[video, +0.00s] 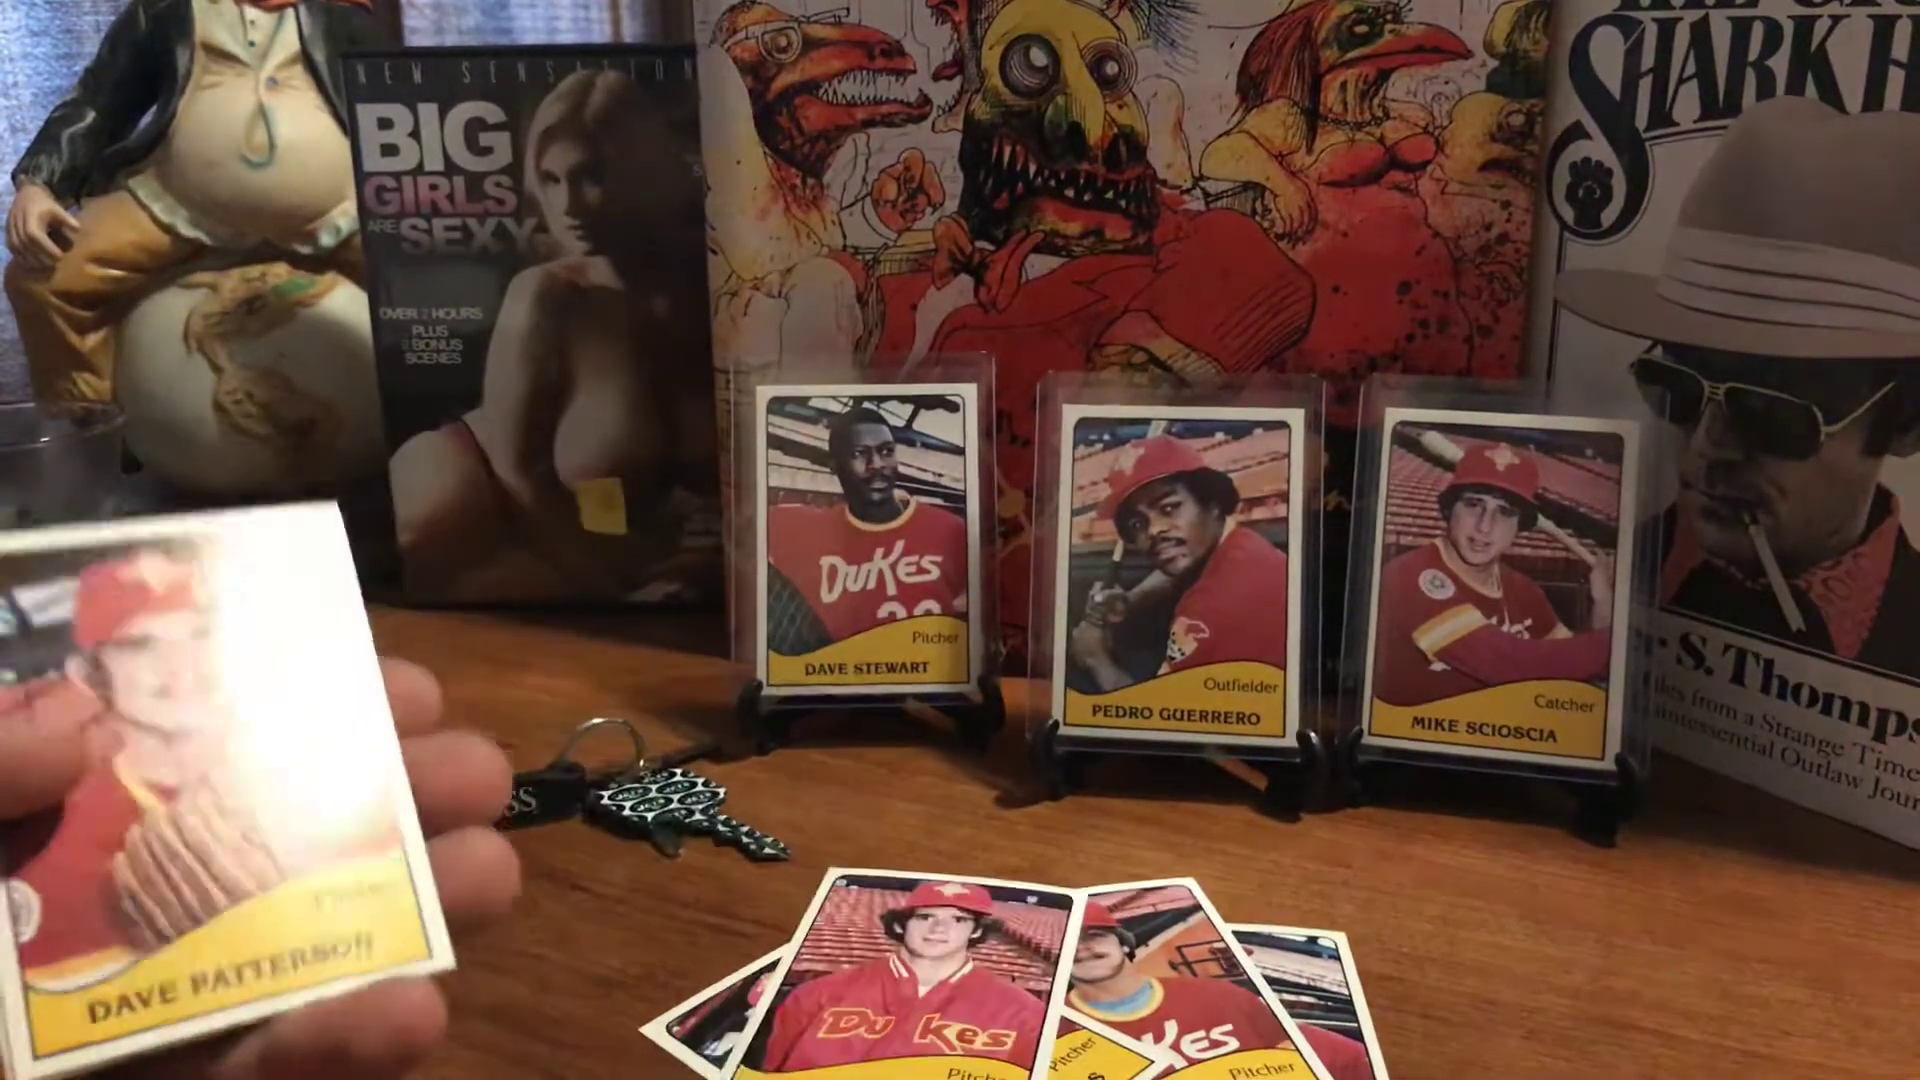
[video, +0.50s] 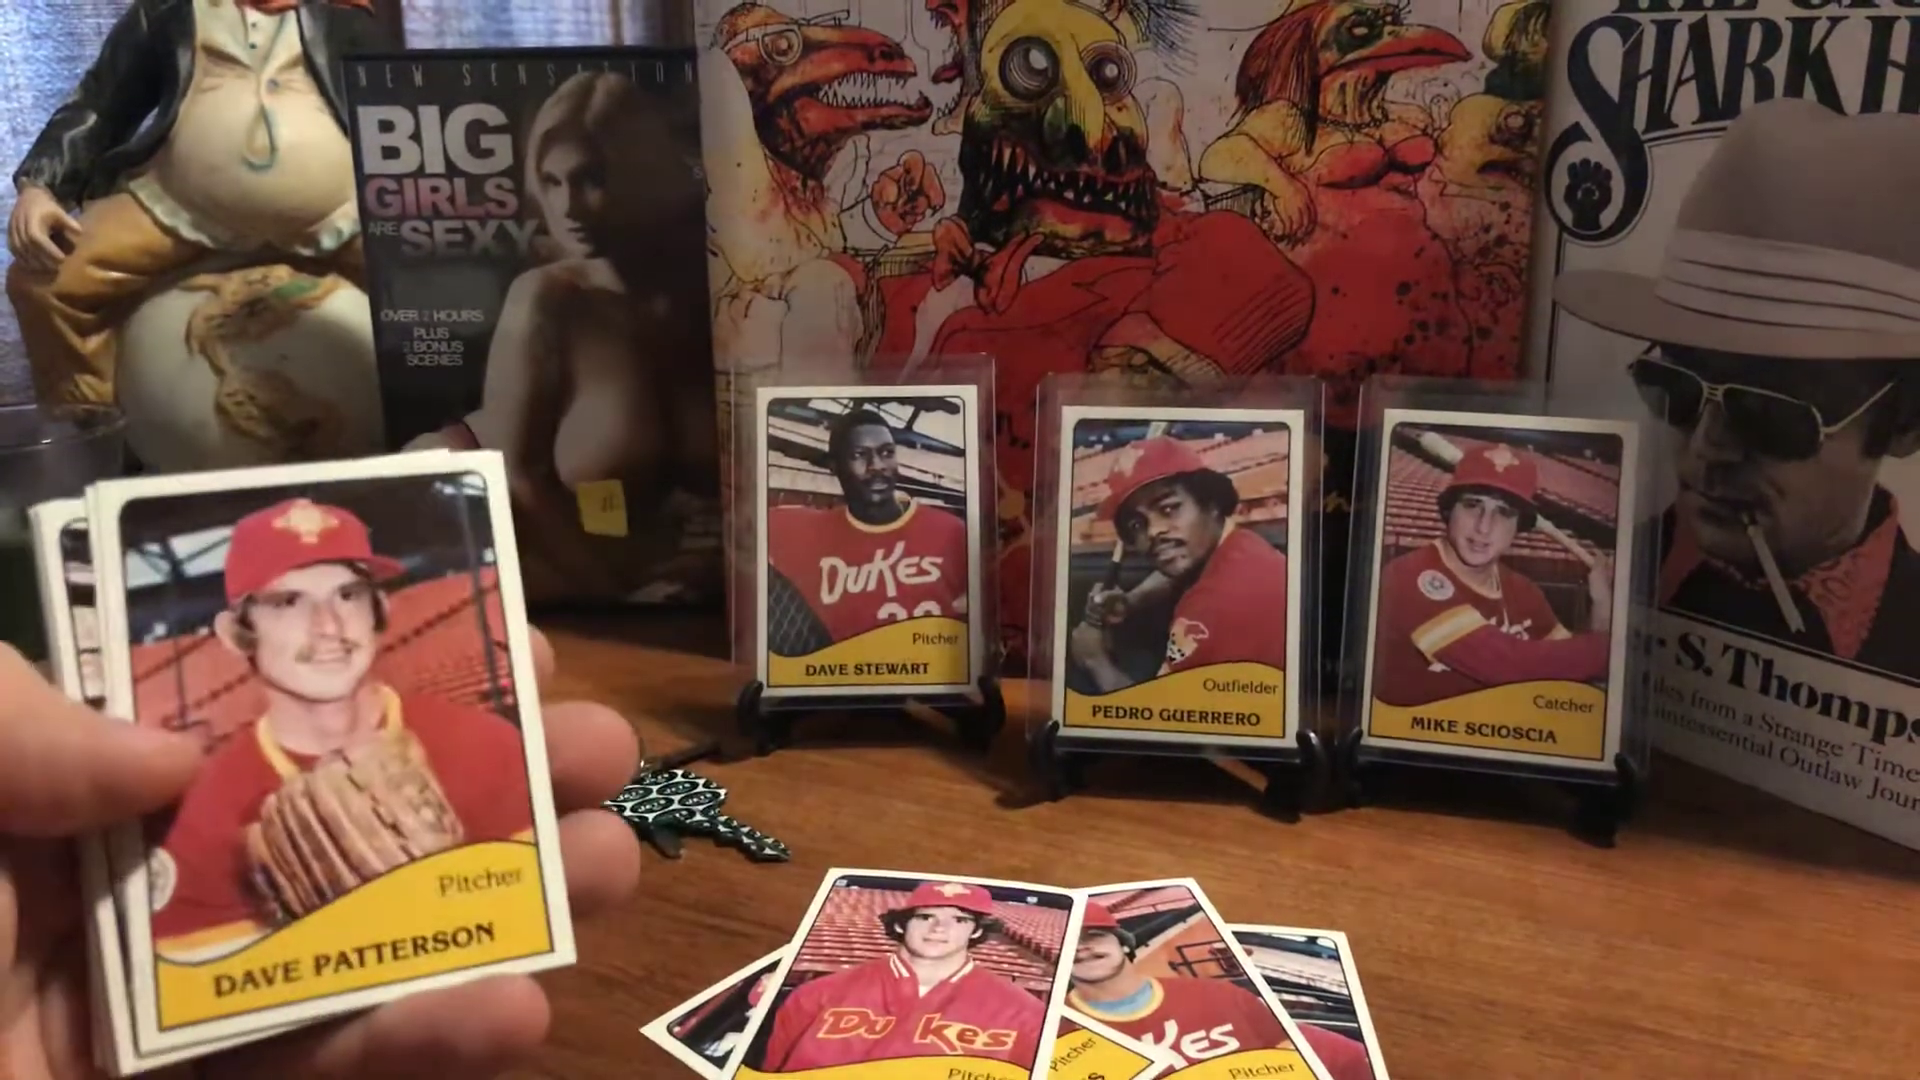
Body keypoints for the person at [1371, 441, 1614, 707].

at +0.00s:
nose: (1484, 526)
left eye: (1504, 512)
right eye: (1474, 504)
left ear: (1519, 527)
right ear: (1449, 508)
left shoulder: (1522, 591)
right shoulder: (1413, 577)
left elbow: (1578, 667)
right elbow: (1503, 663)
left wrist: (1603, 606)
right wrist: (1616, 640)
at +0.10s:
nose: (1484, 526)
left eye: (1503, 512)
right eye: (1473, 505)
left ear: (1518, 527)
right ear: (1449, 509)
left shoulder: (1521, 591)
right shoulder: (1413, 578)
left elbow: (1577, 667)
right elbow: (1503, 664)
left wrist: (1603, 606)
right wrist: (1616, 640)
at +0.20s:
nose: (1484, 526)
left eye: (1503, 511)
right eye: (1473, 504)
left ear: (1518, 526)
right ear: (1449, 508)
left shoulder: (1522, 591)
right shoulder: (1413, 577)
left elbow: (1578, 666)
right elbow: (1502, 663)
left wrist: (1603, 605)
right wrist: (1615, 641)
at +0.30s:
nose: (1484, 525)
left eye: (1503, 511)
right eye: (1473, 504)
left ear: (1518, 527)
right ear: (1449, 509)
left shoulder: (1521, 591)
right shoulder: (1413, 577)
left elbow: (1578, 665)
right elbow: (1501, 663)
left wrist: (1602, 604)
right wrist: (1616, 640)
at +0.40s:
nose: (1484, 527)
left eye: (1503, 513)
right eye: (1473, 505)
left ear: (1518, 528)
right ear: (1448, 510)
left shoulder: (1521, 592)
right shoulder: (1413, 578)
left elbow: (1577, 666)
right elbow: (1501, 664)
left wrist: (1602, 606)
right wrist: (1617, 639)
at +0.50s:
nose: (1483, 526)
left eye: (1503, 512)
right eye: (1473, 505)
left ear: (1518, 527)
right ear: (1449, 509)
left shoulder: (1522, 592)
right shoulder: (1412, 578)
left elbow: (1577, 671)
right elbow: (1501, 664)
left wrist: (1602, 606)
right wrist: (1611, 647)